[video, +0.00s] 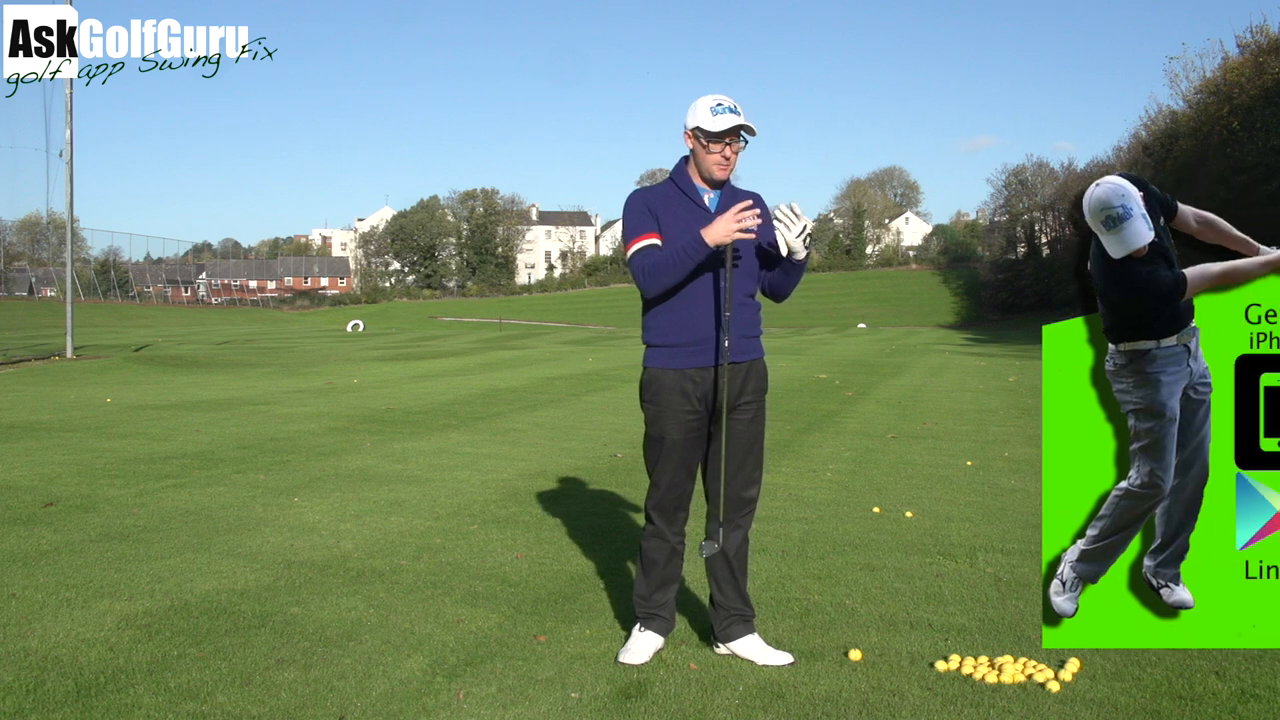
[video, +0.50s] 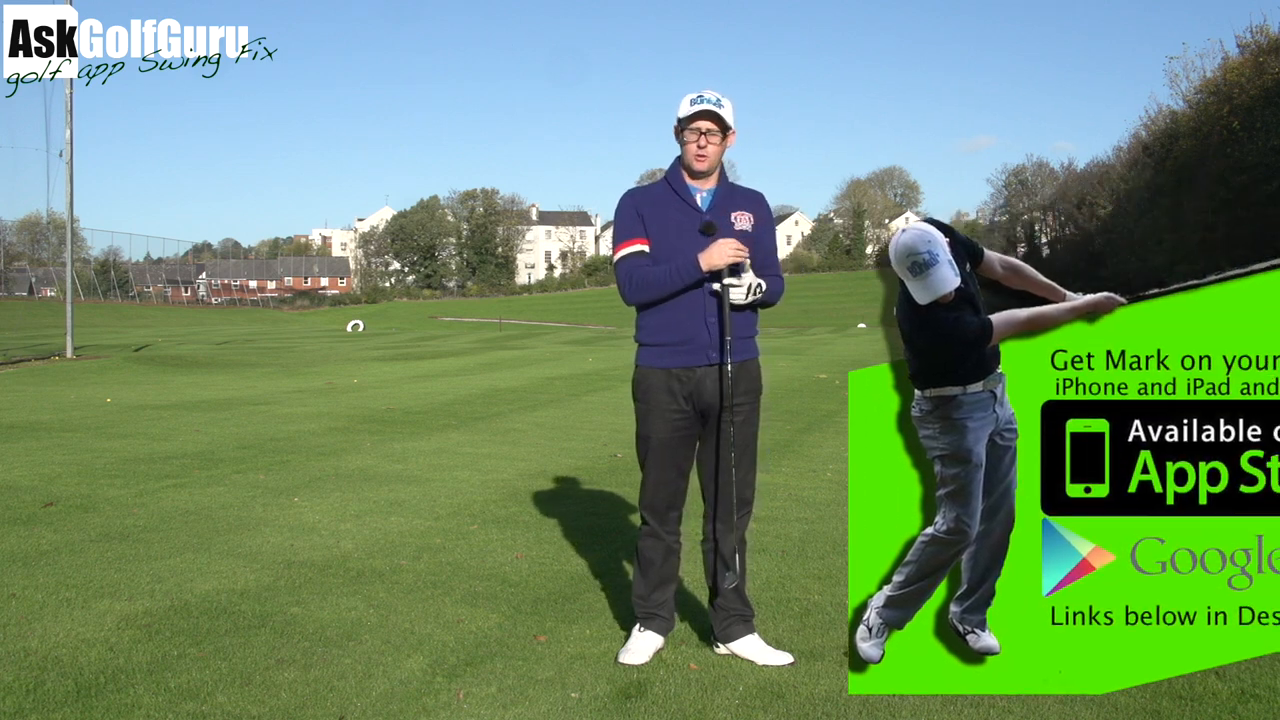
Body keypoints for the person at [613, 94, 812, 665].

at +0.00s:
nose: (730, 150)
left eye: (737, 140)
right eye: (718, 140)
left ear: (742, 145)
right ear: (691, 140)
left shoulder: (751, 206)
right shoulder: (647, 203)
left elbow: (776, 287)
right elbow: (652, 280)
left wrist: (796, 253)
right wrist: (709, 237)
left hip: (744, 372)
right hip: (675, 374)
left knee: (735, 506)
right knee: (667, 505)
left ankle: (733, 627)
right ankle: (653, 621)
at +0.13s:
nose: (726, 150)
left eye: (734, 140)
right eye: (715, 140)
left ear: (740, 145)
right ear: (689, 140)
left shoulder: (749, 208)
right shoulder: (644, 203)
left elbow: (774, 287)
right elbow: (648, 282)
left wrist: (798, 260)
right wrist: (708, 244)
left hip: (741, 372)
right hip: (673, 374)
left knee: (734, 505)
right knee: (666, 505)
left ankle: (733, 626)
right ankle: (653, 621)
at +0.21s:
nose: (724, 148)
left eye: (732, 139)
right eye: (714, 137)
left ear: (738, 145)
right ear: (687, 139)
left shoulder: (748, 206)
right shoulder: (642, 203)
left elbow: (770, 289)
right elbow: (644, 285)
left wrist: (791, 264)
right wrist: (705, 248)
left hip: (740, 374)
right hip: (671, 376)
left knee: (733, 508)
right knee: (664, 508)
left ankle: (733, 627)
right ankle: (653, 622)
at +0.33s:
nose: (705, 140)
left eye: (716, 132)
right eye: (696, 132)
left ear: (729, 141)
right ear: (681, 138)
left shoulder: (749, 204)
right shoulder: (641, 203)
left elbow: (763, 289)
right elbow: (640, 287)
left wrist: (773, 282)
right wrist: (702, 254)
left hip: (739, 372)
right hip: (668, 375)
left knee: (733, 508)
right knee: (662, 508)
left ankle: (733, 626)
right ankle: (652, 621)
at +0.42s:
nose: (702, 140)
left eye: (712, 132)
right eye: (692, 131)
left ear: (727, 140)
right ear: (679, 138)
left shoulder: (749, 203)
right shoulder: (640, 203)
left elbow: (770, 281)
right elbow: (637, 288)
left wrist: (761, 286)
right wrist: (703, 259)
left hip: (737, 373)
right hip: (666, 376)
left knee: (732, 507)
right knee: (661, 508)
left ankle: (733, 627)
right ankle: (651, 621)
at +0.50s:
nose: (701, 141)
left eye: (712, 133)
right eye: (692, 132)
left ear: (727, 141)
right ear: (679, 139)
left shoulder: (750, 204)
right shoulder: (639, 204)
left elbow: (773, 283)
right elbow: (635, 287)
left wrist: (756, 285)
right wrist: (702, 262)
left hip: (737, 373)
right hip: (665, 376)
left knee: (732, 507)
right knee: (660, 509)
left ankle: (733, 627)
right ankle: (651, 621)